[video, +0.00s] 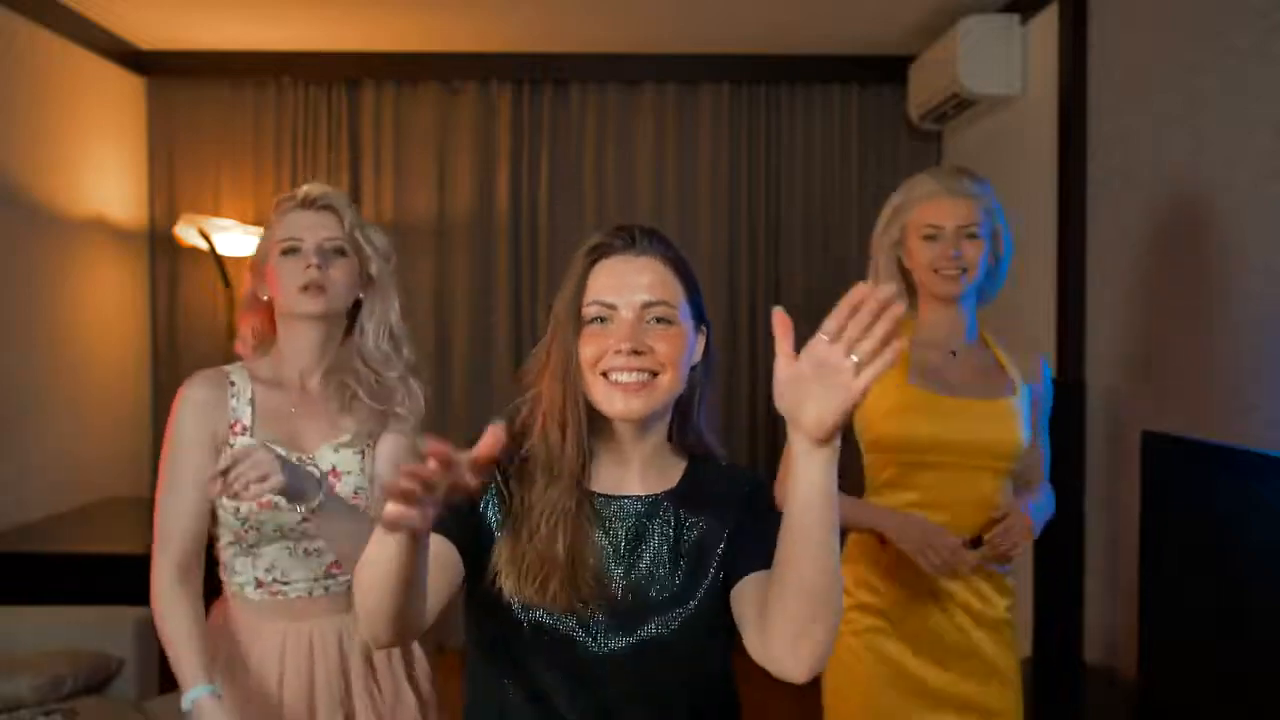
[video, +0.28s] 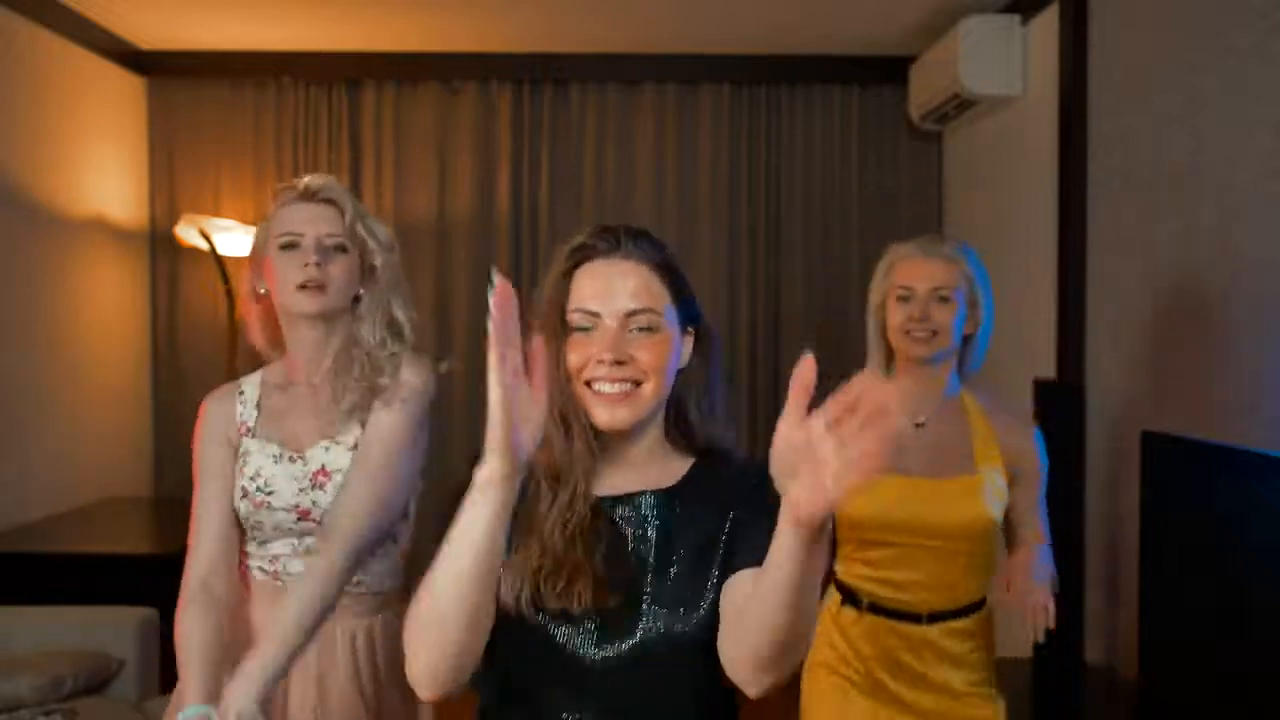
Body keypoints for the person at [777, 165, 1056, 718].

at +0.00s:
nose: (952, 252)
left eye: (970, 235)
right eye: (931, 235)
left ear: (992, 249)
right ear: (900, 248)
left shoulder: (1025, 371)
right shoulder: (864, 351)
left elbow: (1037, 486)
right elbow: (792, 484)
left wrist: (1026, 517)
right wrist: (890, 522)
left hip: (981, 629)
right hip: (878, 627)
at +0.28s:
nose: (920, 314)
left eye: (942, 298)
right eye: (903, 297)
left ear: (970, 317)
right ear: (882, 311)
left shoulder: (1009, 434)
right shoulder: (842, 419)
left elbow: (1033, 541)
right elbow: (808, 541)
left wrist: (1032, 571)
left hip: (959, 672)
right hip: (852, 666)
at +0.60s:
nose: (928, 297)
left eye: (951, 281)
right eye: (911, 280)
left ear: (982, 299)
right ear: (887, 295)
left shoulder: (1027, 421)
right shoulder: (841, 415)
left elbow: (1063, 566)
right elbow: (767, 532)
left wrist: (979, 551)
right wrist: (805, 595)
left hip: (980, 676)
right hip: (867, 675)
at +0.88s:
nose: (913, 256)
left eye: (934, 242)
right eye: (896, 237)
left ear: (955, 261)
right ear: (863, 249)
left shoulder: (992, 376)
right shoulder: (811, 369)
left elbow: (1016, 513)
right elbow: (761, 505)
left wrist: (945, 536)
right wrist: (809, 459)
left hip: (949, 629)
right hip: (841, 629)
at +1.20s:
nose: (905, 313)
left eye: (892, 302)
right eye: (883, 308)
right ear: (835, 333)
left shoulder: (915, 419)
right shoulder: (784, 440)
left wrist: (946, 560)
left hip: (902, 681)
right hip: (798, 686)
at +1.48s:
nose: (917, 298)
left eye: (931, 274)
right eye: (893, 282)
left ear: (958, 278)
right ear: (866, 293)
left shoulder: (985, 407)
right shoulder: (822, 392)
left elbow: (972, 542)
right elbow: (775, 522)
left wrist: (1067, 496)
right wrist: (809, 555)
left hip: (949, 663)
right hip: (845, 661)